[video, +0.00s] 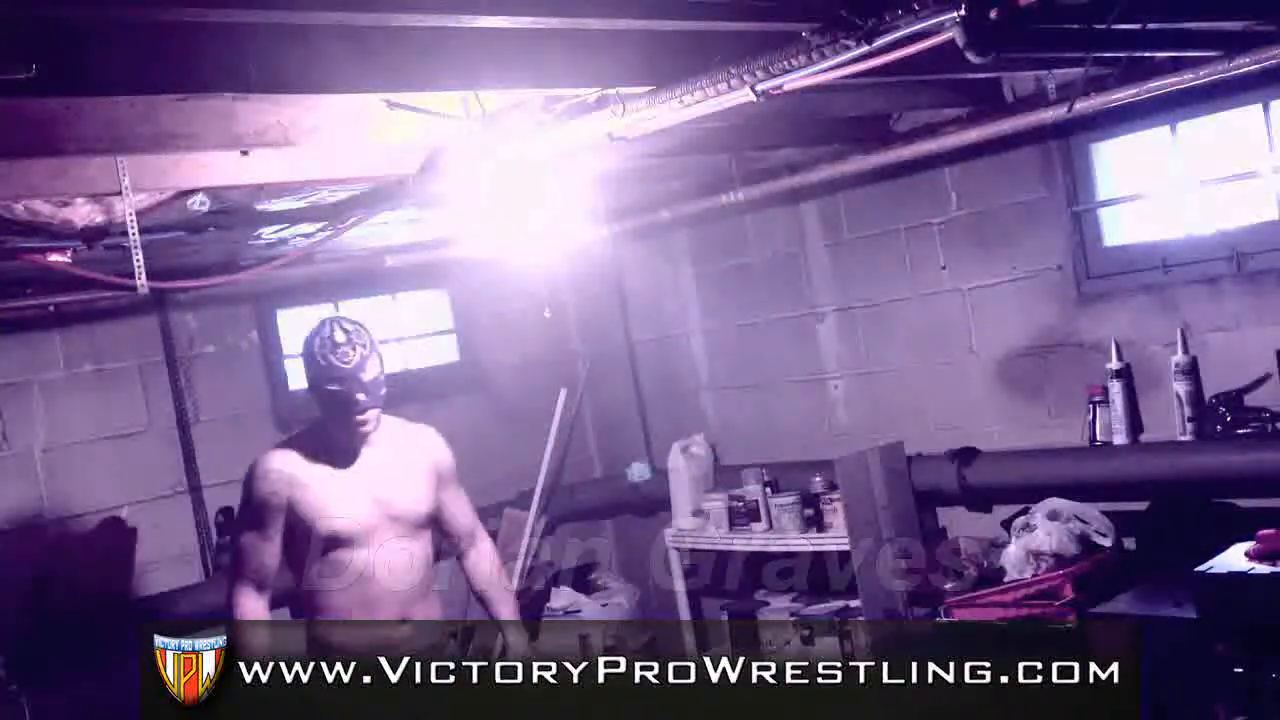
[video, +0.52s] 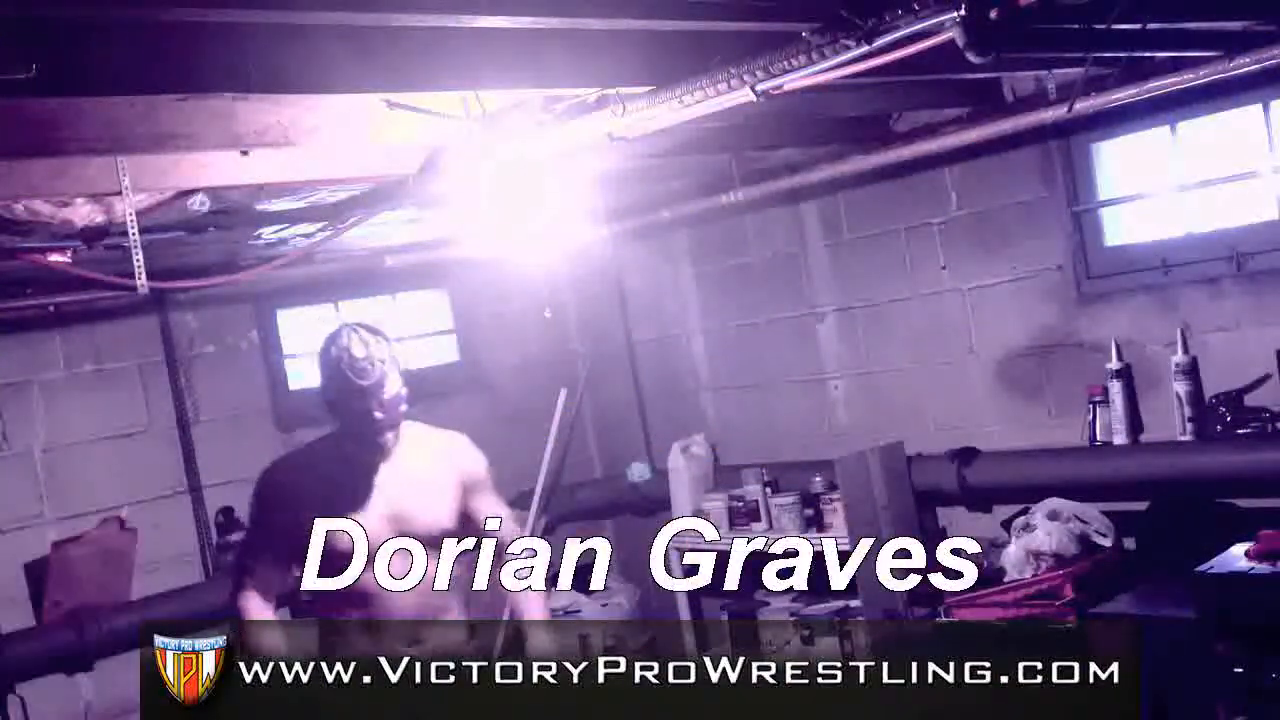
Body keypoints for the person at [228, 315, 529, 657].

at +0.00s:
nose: (361, 402)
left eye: (371, 385)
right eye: (342, 391)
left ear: (384, 377)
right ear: (316, 393)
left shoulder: (426, 447)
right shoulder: (280, 473)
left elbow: (473, 545)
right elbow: (253, 590)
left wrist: (519, 641)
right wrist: (260, 687)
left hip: (430, 656)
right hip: (337, 665)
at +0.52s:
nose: (379, 417)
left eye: (389, 400)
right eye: (361, 405)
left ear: (404, 385)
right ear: (331, 403)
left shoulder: (455, 455)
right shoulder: (291, 481)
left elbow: (518, 561)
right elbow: (258, 595)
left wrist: (543, 658)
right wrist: (291, 683)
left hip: (458, 668)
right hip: (347, 677)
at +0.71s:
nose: (424, 422)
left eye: (431, 405)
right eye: (408, 413)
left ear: (443, 378)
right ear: (368, 395)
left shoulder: (497, 454)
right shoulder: (327, 470)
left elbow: (563, 545)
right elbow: (287, 573)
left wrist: (549, 583)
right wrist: (308, 574)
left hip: (502, 665)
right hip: (384, 671)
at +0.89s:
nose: (464, 376)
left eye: (466, 361)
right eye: (443, 369)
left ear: (476, 352)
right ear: (405, 376)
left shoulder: (539, 440)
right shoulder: (362, 458)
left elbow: (608, 516)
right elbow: (310, 582)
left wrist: (575, 547)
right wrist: (330, 573)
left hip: (527, 660)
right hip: (416, 665)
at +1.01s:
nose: (457, 387)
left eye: (466, 364)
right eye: (438, 372)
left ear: (483, 354)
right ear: (408, 374)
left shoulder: (549, 437)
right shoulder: (369, 459)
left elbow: (626, 515)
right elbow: (325, 566)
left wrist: (620, 557)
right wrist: (343, 606)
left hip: (534, 660)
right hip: (421, 666)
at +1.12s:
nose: (447, 377)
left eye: (459, 358)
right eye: (427, 364)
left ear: (484, 355)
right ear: (408, 372)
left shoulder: (558, 441)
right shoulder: (376, 464)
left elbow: (635, 533)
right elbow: (335, 600)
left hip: (536, 671)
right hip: (427, 677)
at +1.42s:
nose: (438, 397)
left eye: (449, 376)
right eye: (420, 382)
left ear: (473, 366)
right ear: (393, 386)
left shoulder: (546, 453)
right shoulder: (355, 478)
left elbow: (601, 580)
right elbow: (351, 621)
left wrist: (619, 678)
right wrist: (371, 700)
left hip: (535, 672)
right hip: (417, 679)